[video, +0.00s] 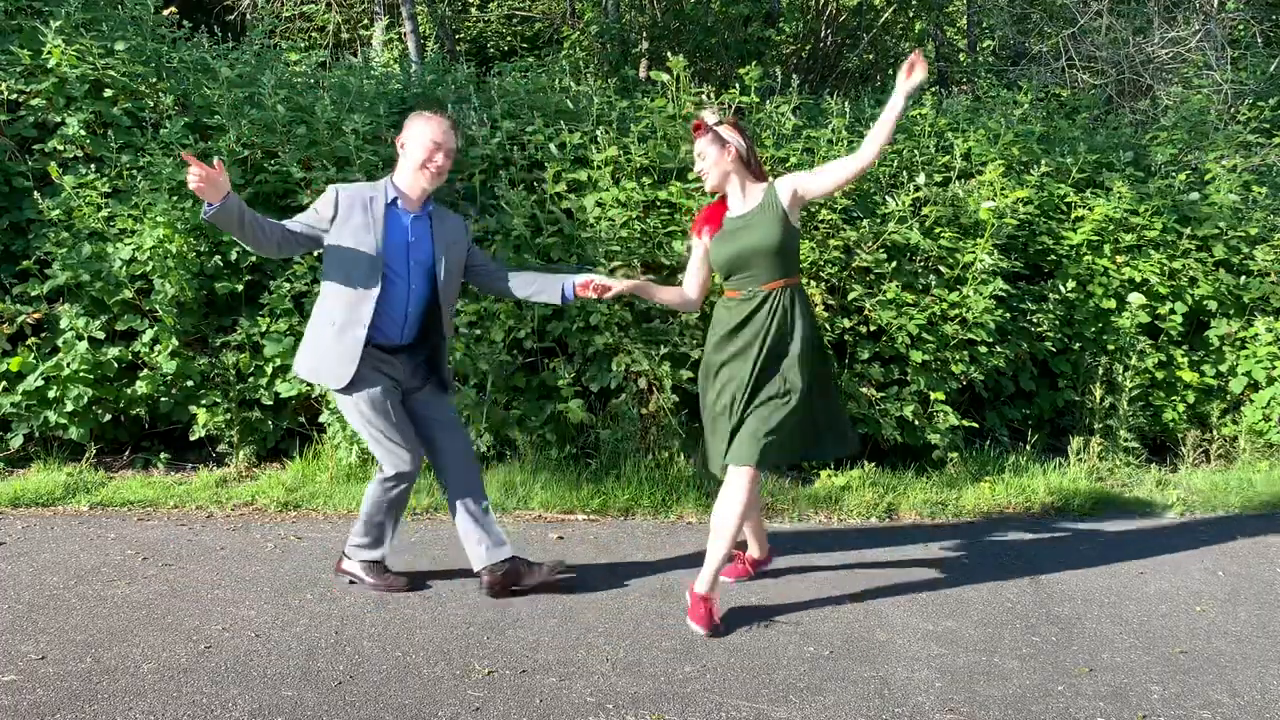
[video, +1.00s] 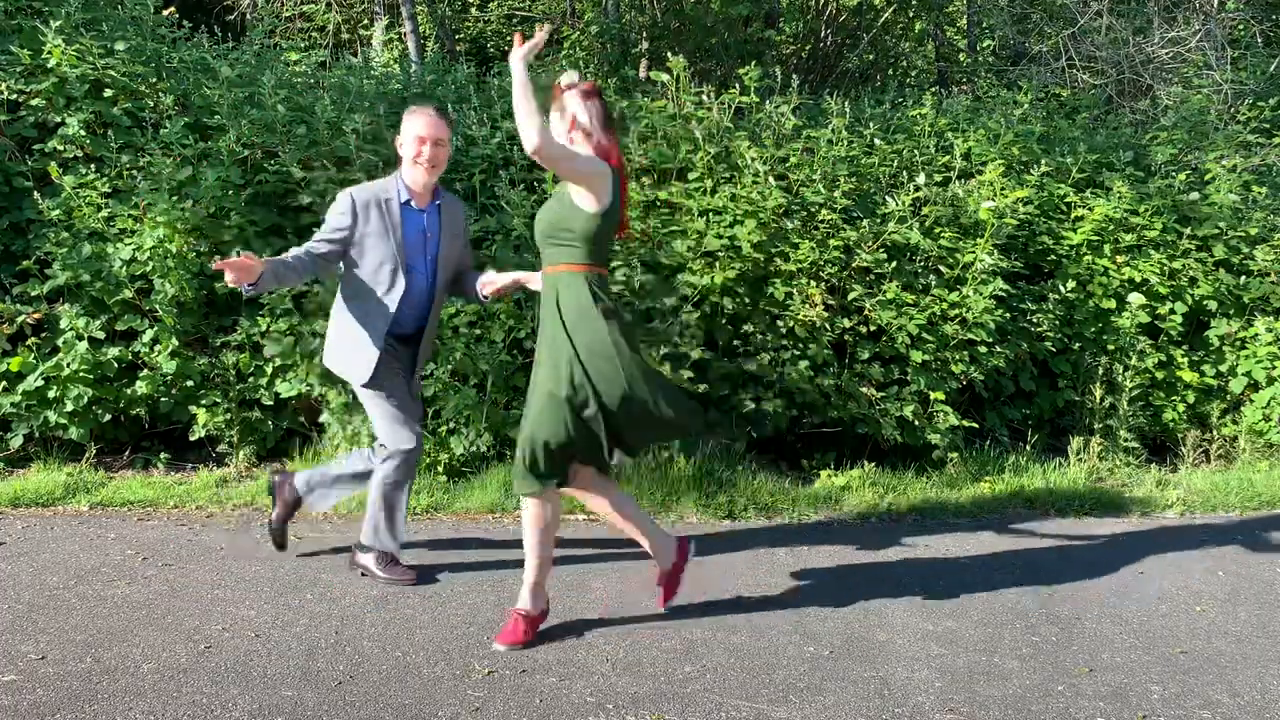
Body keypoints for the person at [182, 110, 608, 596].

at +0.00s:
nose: (442, 161)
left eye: (450, 154)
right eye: (433, 149)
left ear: (452, 163)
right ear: (401, 146)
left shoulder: (451, 228)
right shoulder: (346, 202)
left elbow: (500, 279)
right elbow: (279, 240)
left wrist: (572, 285)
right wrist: (225, 203)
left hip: (417, 364)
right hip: (354, 360)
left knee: (458, 455)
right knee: (401, 462)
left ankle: (498, 566)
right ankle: (361, 559)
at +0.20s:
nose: (416, 151)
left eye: (425, 144)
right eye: (408, 139)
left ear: (429, 153)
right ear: (379, 137)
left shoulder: (432, 215)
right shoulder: (321, 188)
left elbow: (479, 265)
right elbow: (255, 222)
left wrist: (551, 268)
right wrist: (190, 192)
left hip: (392, 346)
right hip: (327, 342)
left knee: (436, 426)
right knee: (371, 440)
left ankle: (429, 542)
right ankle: (360, 558)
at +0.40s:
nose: (400, 153)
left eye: (408, 146)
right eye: (391, 142)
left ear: (413, 154)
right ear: (362, 141)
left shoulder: (419, 217)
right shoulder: (308, 193)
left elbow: (461, 270)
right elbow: (244, 229)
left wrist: (534, 278)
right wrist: (175, 200)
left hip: (375, 350)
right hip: (315, 343)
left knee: (397, 444)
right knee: (360, 442)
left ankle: (319, 495)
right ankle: (360, 560)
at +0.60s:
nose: (390, 149)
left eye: (400, 142)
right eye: (382, 138)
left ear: (408, 152)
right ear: (359, 138)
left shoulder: (414, 212)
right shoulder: (307, 188)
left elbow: (452, 265)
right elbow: (247, 226)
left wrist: (514, 275)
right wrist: (177, 212)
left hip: (365, 342)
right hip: (311, 334)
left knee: (342, 445)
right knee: (356, 435)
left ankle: (245, 493)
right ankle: (357, 558)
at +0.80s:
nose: (394, 160)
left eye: (405, 153)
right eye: (386, 149)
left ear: (415, 161)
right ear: (366, 149)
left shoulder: (419, 216)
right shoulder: (318, 201)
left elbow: (442, 279)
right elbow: (258, 242)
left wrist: (486, 283)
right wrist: (198, 235)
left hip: (363, 348)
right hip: (320, 342)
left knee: (296, 439)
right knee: (383, 431)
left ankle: (218, 515)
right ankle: (366, 548)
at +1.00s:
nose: (429, 151)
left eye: (439, 143)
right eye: (419, 141)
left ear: (450, 150)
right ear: (400, 145)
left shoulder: (454, 213)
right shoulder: (359, 203)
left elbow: (458, 276)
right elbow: (315, 256)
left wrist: (484, 283)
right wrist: (263, 272)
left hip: (412, 349)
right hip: (364, 343)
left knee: (400, 454)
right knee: (402, 443)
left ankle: (296, 488)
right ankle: (375, 548)